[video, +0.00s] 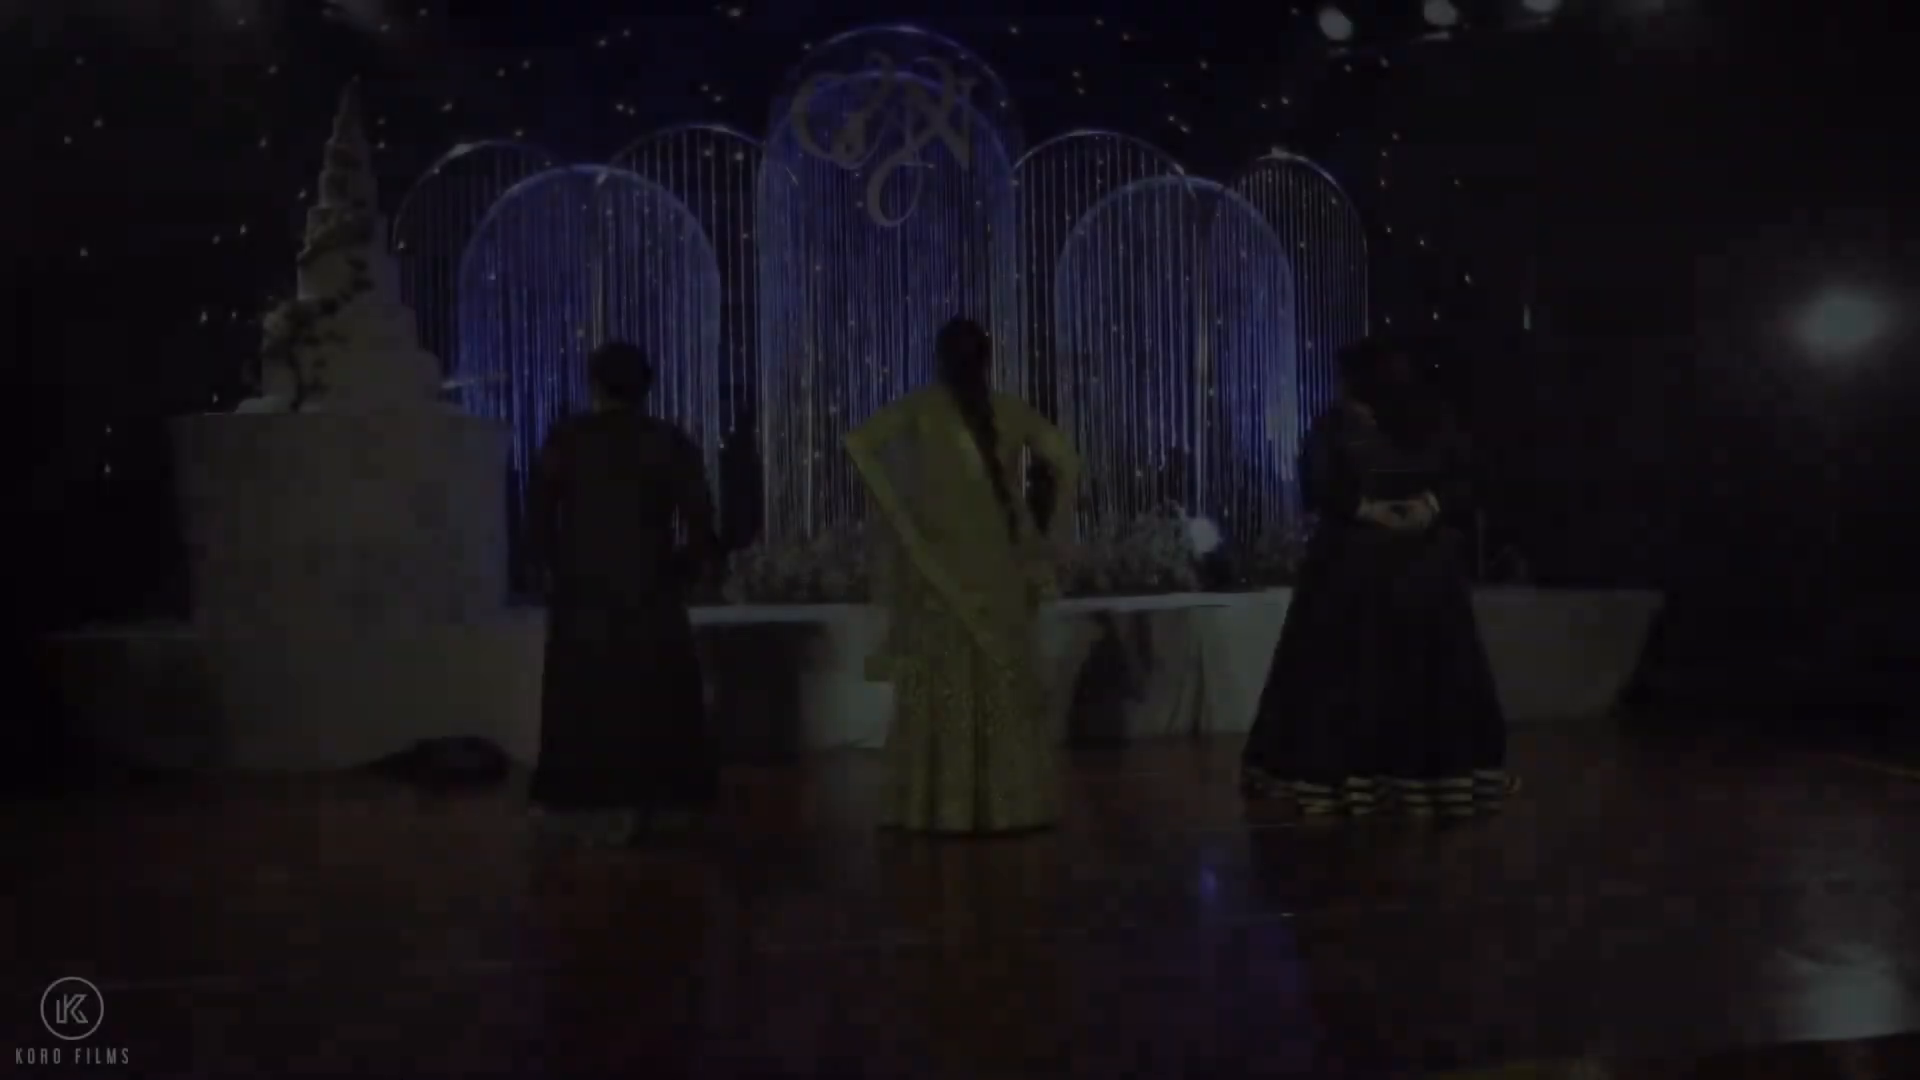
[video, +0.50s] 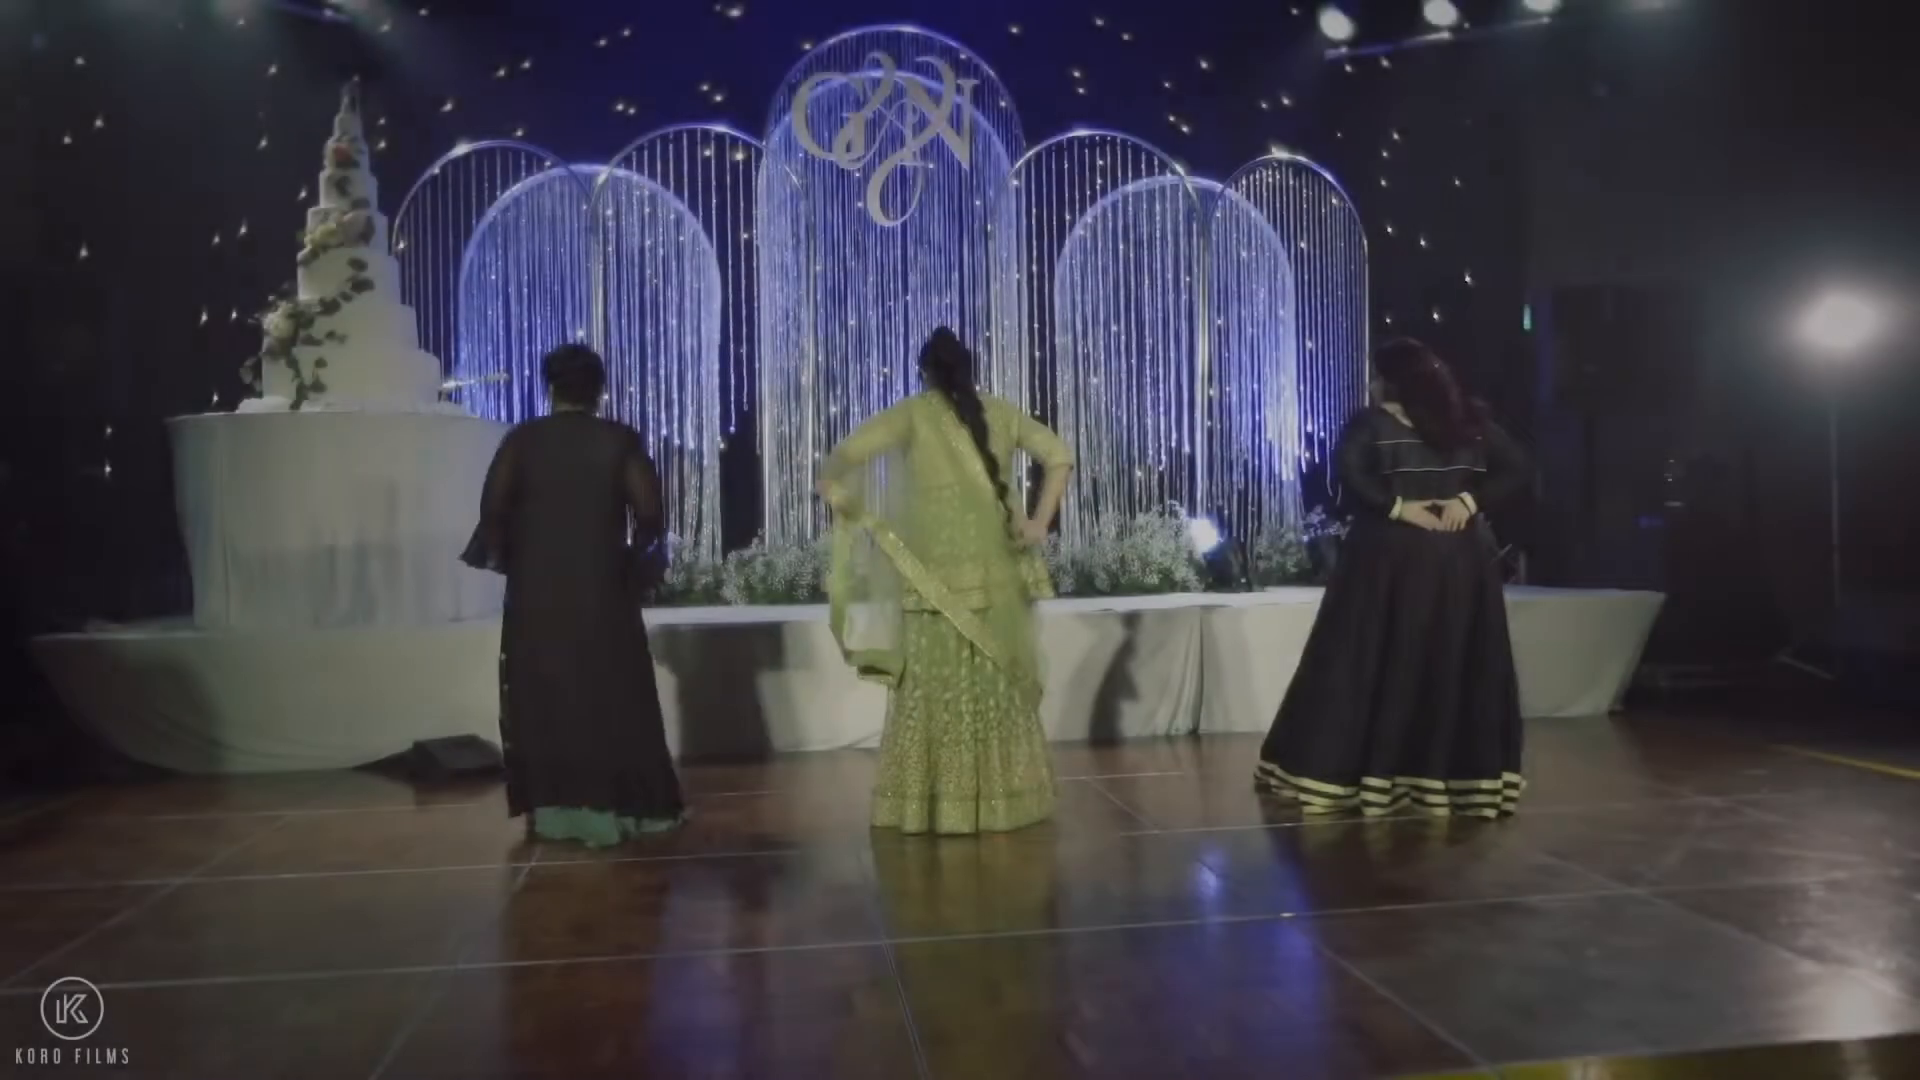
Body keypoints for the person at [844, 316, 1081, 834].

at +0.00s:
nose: (974, 365)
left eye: (968, 353)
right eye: (974, 354)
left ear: (939, 359)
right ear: (986, 358)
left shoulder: (921, 405)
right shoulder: (1008, 409)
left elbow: (859, 443)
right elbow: (1065, 460)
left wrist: (901, 520)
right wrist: (1052, 533)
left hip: (937, 563)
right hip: (997, 564)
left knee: (940, 686)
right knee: (1001, 684)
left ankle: (943, 806)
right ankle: (1005, 805)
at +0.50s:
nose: (926, 376)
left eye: (925, 368)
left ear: (924, 370)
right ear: (968, 367)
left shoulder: (913, 413)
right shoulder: (998, 411)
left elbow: (848, 452)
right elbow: (1060, 457)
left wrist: (833, 487)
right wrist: (1040, 523)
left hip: (936, 576)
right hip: (999, 575)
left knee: (937, 695)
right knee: (1000, 689)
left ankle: (940, 806)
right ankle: (1003, 803)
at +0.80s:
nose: (931, 372)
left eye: (931, 365)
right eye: (936, 364)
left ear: (935, 367)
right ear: (978, 366)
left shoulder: (924, 413)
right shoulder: (1008, 410)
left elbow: (865, 450)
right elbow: (1067, 465)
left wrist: (828, 400)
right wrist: (1065, 533)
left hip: (951, 576)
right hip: (1011, 574)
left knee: (949, 690)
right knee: (1011, 686)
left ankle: (953, 801)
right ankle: (1011, 799)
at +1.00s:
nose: (950, 369)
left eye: (949, 362)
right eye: (959, 361)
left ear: (950, 366)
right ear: (993, 365)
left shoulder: (934, 411)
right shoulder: (1022, 414)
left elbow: (868, 428)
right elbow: (1079, 464)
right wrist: (1069, 529)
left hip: (956, 580)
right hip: (1019, 578)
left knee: (955, 694)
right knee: (1019, 688)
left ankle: (959, 802)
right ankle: (1022, 800)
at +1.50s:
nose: (965, 369)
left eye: (965, 361)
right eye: (973, 360)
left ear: (966, 365)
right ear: (1011, 363)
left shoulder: (948, 410)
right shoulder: (1035, 411)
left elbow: (891, 452)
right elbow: (1097, 453)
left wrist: (933, 510)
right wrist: (1061, 481)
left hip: (972, 575)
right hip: (1030, 572)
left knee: (971, 691)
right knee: (1032, 687)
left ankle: (974, 798)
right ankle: (1034, 797)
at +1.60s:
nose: (963, 365)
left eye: (964, 358)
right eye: (972, 358)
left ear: (968, 362)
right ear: (1011, 362)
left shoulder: (946, 409)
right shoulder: (1037, 412)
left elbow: (889, 451)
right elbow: (1095, 441)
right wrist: (1052, 431)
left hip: (961, 568)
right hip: (1023, 568)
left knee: (965, 685)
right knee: (1028, 680)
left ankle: (968, 795)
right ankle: (1032, 794)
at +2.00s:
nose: (963, 366)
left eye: (964, 359)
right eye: (976, 359)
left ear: (967, 363)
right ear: (1010, 363)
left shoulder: (948, 407)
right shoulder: (1033, 414)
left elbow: (890, 445)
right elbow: (1090, 418)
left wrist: (922, 508)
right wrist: (1067, 375)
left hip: (964, 571)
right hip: (1023, 571)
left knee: (964, 689)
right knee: (1025, 686)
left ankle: (964, 797)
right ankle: (1024, 798)